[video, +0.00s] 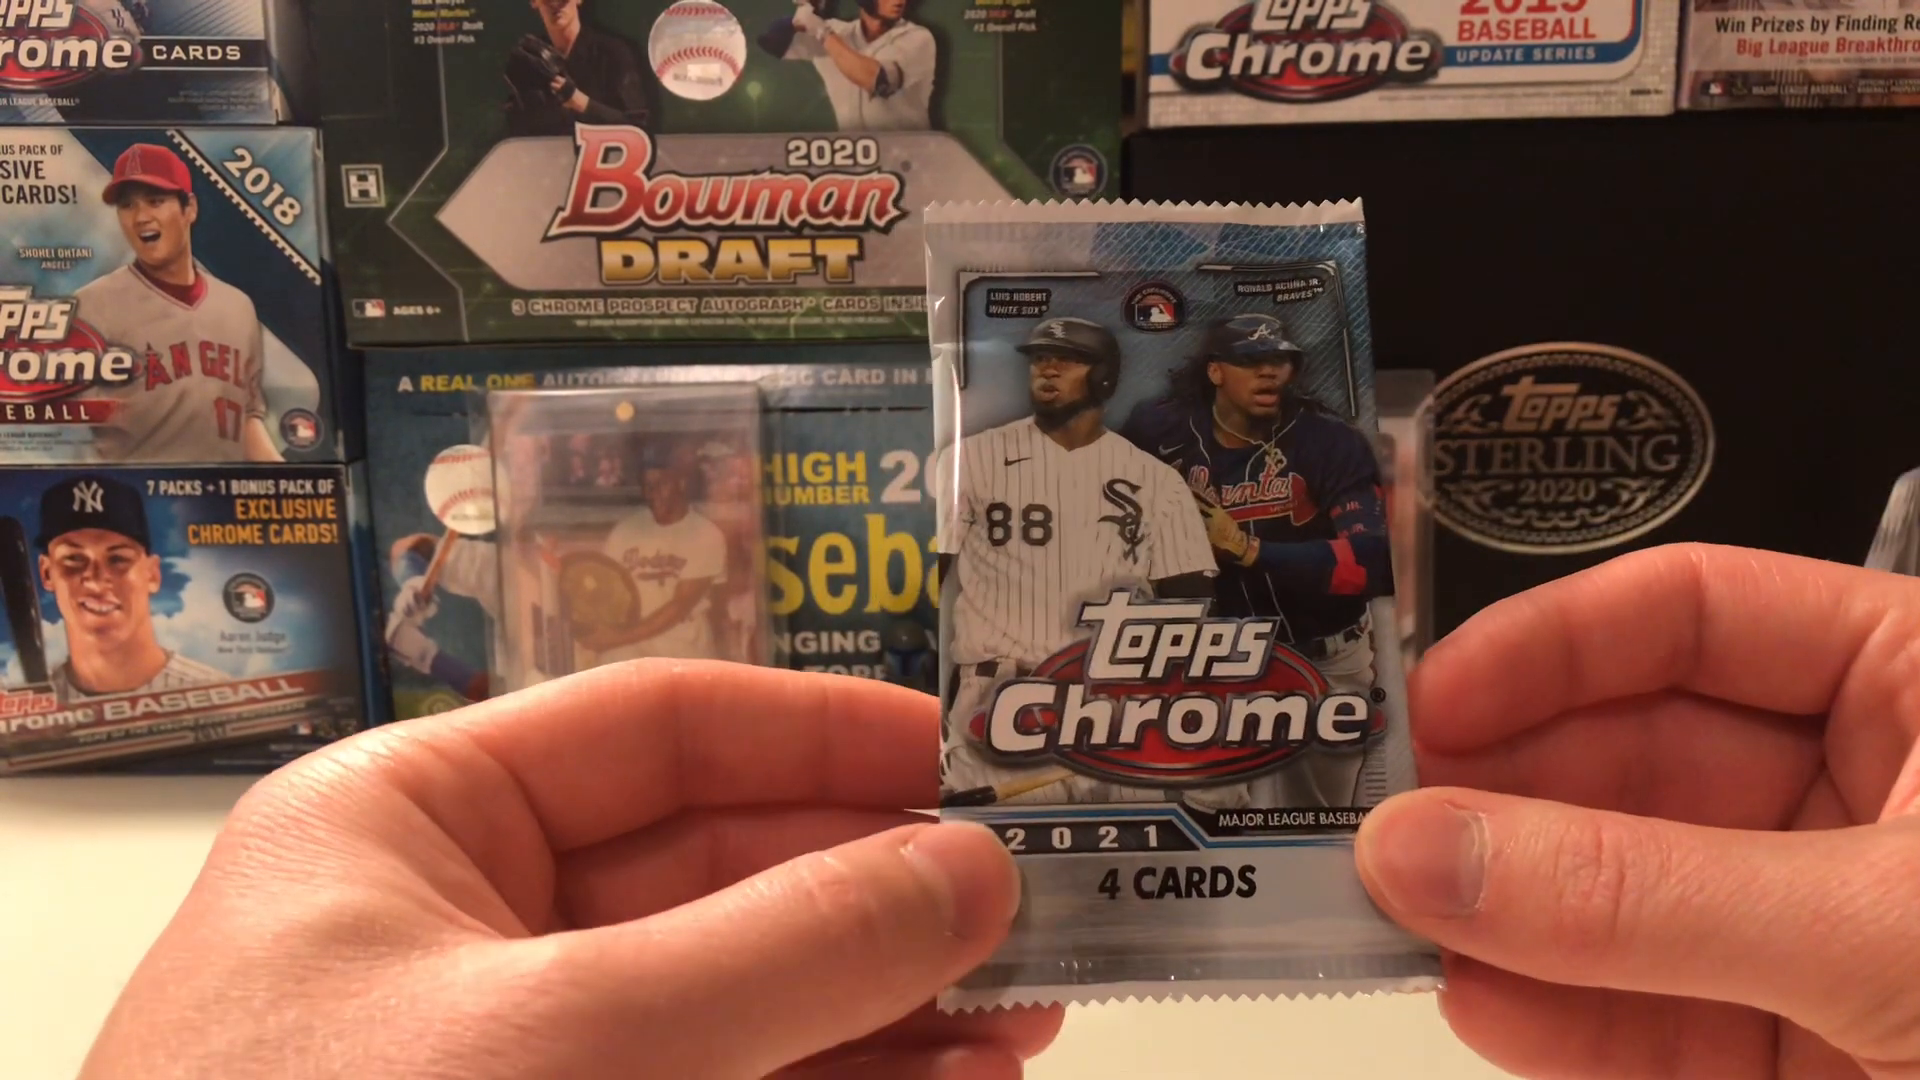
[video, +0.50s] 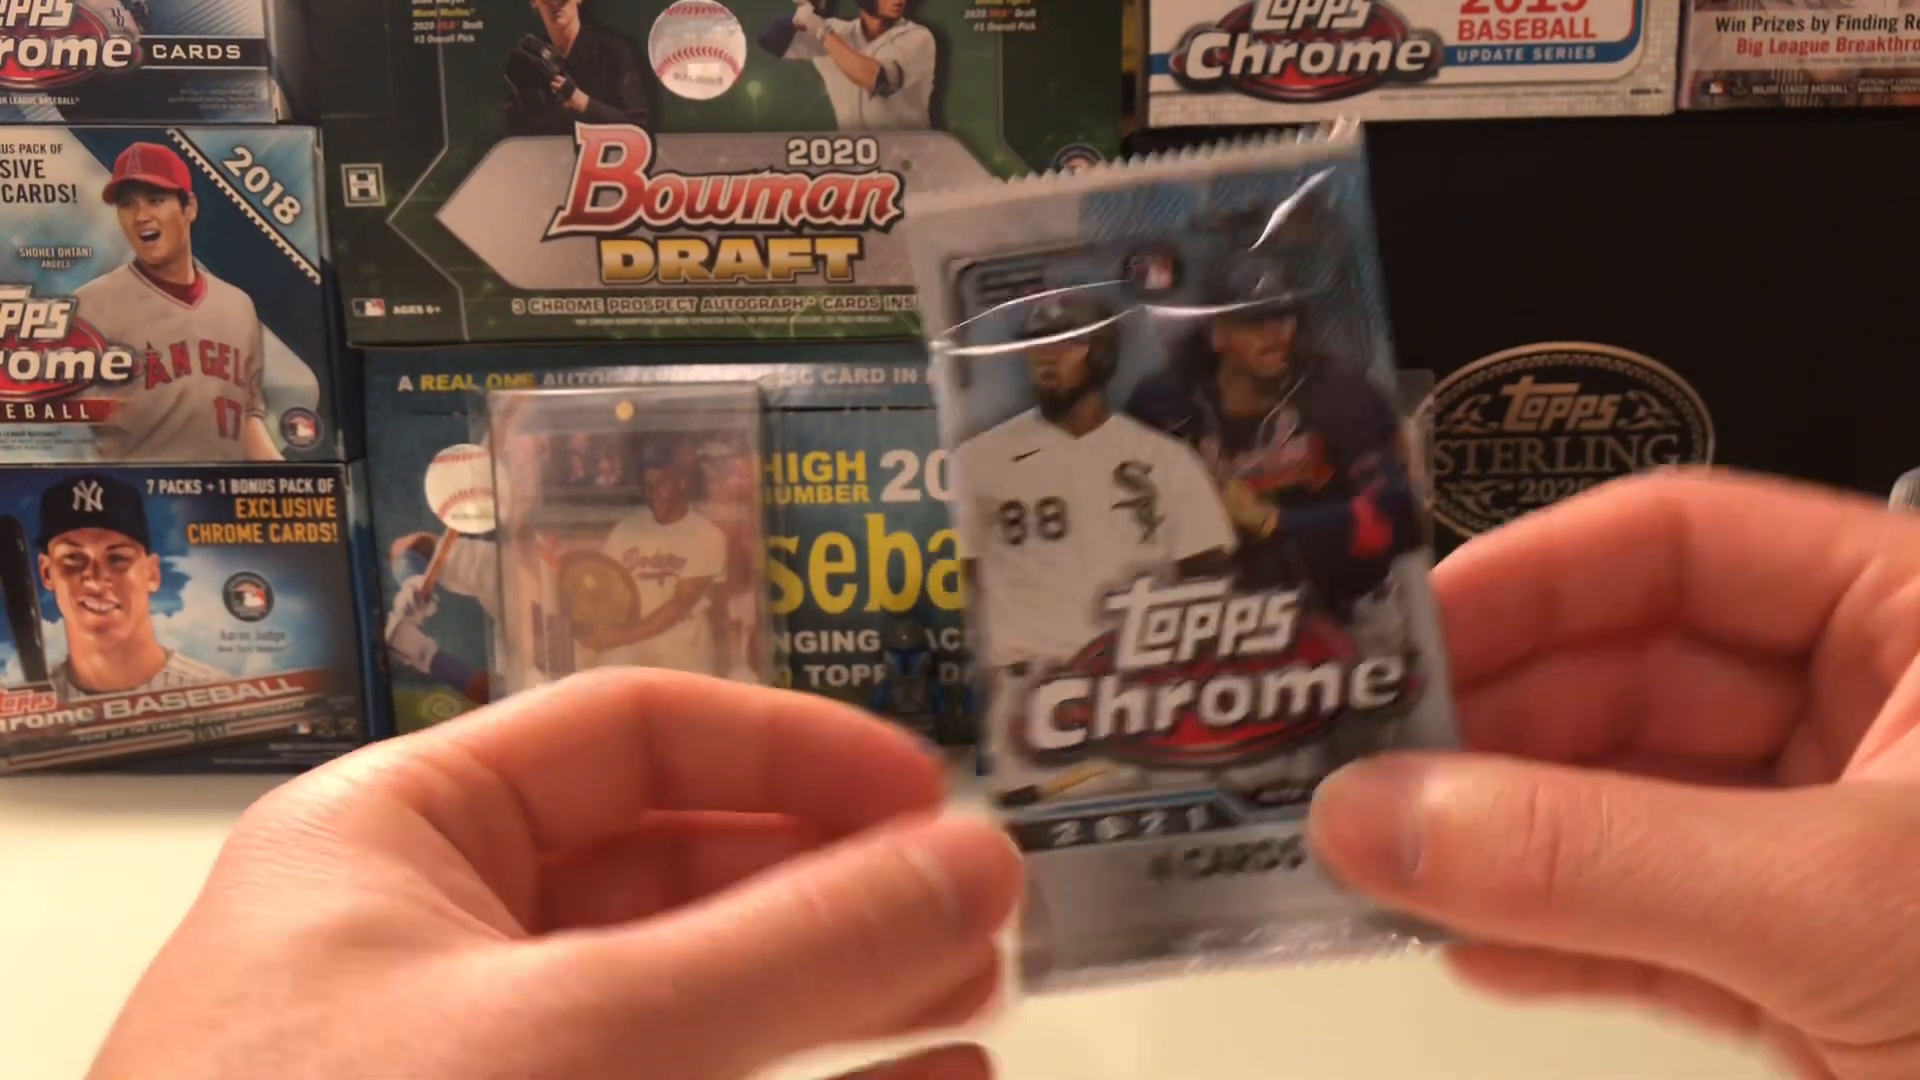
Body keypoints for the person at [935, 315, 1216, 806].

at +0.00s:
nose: (1047, 371)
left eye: (1065, 360)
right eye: (1040, 359)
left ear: (1102, 377)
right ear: (1028, 369)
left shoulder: (1157, 484)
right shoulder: (967, 464)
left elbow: (1186, 611)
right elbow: (940, 590)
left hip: (1111, 715)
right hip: (991, 712)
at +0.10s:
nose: (1030, 374)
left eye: (1048, 364)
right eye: (1023, 363)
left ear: (1085, 379)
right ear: (1012, 373)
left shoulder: (1140, 483)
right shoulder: (952, 466)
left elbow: (1173, 609)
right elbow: (916, 590)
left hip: (1098, 716)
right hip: (975, 713)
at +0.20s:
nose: (1028, 369)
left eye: (1046, 359)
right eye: (1021, 358)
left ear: (1083, 375)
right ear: (1010, 368)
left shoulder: (1139, 478)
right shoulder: (951, 462)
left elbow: (1172, 606)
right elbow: (912, 588)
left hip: (1099, 717)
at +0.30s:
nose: (1038, 376)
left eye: (1055, 366)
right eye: (1031, 365)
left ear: (1091, 382)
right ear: (1020, 375)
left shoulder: (1147, 485)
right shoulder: (959, 468)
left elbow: (1183, 611)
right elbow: (934, 593)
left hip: (1102, 711)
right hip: (982, 710)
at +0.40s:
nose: (1045, 379)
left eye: (1062, 368)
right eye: (1037, 368)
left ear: (1098, 384)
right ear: (1027, 378)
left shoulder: (1156, 486)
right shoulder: (970, 471)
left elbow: (1191, 613)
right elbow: (946, 594)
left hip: (1111, 714)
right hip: (993, 714)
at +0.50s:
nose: (1044, 357)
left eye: (1063, 343)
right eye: (1035, 345)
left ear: (1102, 353)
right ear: (1023, 355)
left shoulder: (1168, 462)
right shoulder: (980, 462)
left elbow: (1210, 591)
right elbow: (972, 593)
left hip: (1142, 732)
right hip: (1022, 738)